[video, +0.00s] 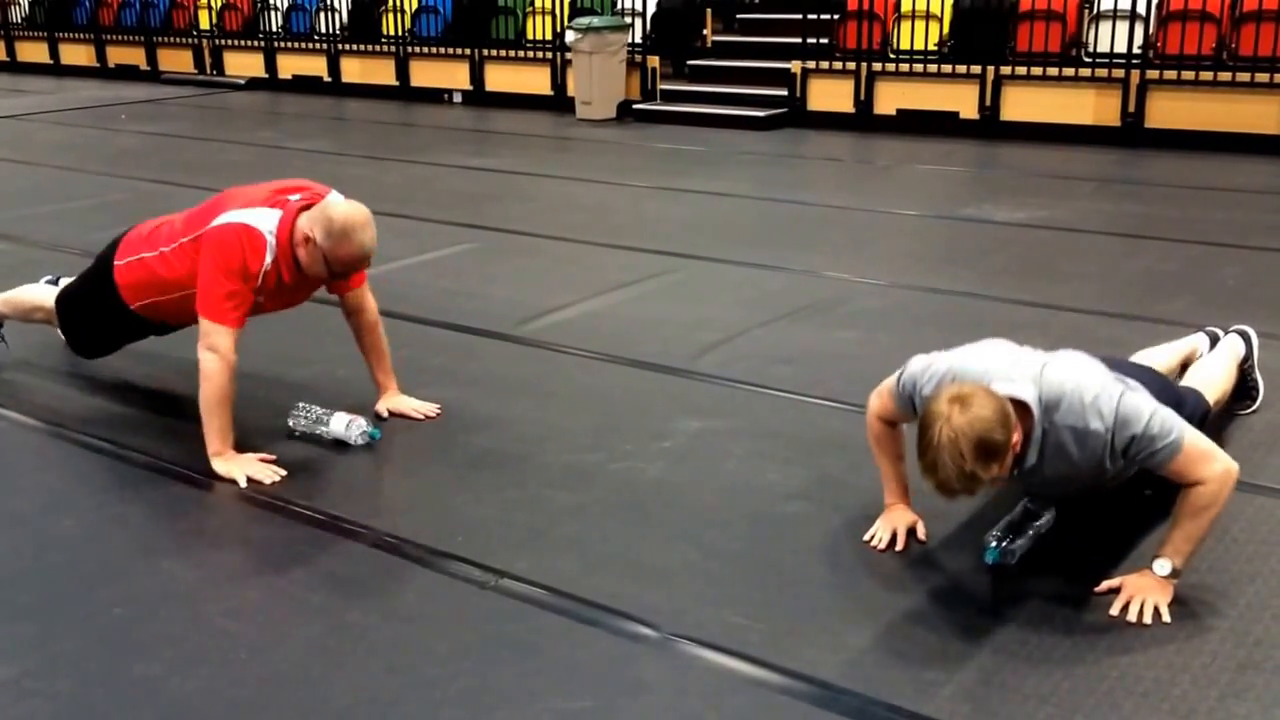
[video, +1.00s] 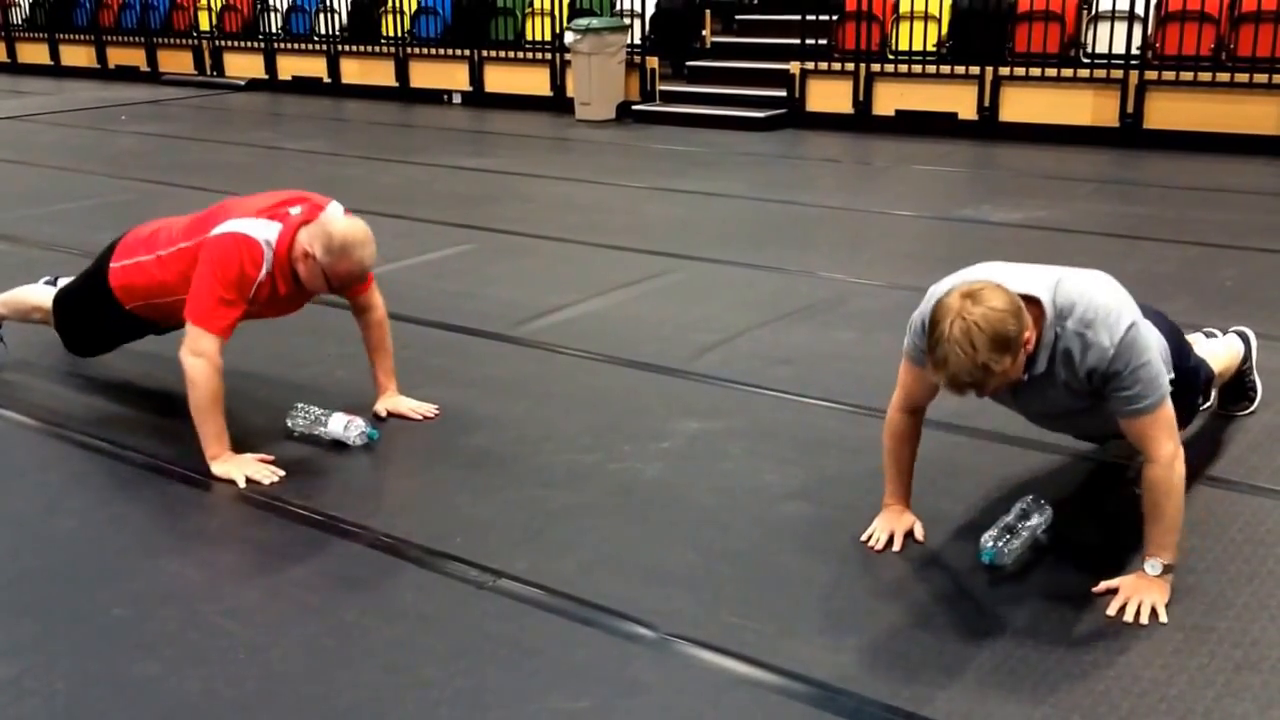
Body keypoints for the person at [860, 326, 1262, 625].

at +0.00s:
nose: (988, 488)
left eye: (991, 478)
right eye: (969, 485)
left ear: (1013, 438)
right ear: (935, 431)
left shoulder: (1105, 413)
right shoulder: (939, 376)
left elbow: (1217, 473)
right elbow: (880, 409)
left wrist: (1162, 572)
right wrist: (896, 502)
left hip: (1142, 405)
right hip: (1088, 379)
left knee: (1194, 398)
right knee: (1135, 373)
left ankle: (1235, 346)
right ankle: (1199, 340)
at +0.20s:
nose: (991, 407)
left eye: (998, 394)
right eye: (977, 401)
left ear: (1027, 345)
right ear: (948, 351)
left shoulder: (1115, 340)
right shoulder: (938, 315)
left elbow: (1173, 457)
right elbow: (905, 407)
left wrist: (1158, 570)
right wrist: (896, 503)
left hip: (1145, 375)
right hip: (1057, 400)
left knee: (1197, 381)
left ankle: (1237, 350)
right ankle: (1206, 347)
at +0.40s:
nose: (971, 435)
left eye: (982, 424)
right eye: (958, 428)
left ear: (1017, 382)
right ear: (937, 377)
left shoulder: (1111, 369)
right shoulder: (928, 344)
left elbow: (1196, 462)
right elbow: (892, 410)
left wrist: (1159, 571)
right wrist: (895, 503)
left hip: (1146, 367)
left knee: (1200, 382)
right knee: (1166, 359)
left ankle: (1240, 345)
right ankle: (1199, 343)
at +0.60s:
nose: (968, 516)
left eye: (974, 506)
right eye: (955, 510)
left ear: (1006, 463)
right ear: (928, 436)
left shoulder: (1093, 429)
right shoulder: (943, 389)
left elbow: (1216, 474)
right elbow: (878, 408)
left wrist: (1159, 572)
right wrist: (893, 502)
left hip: (1131, 412)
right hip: (1062, 387)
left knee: (1192, 400)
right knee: (1127, 384)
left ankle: (1233, 346)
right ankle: (1197, 341)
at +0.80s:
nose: (990, 463)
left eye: (992, 452)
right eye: (974, 459)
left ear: (1014, 412)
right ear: (941, 417)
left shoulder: (1104, 394)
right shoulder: (930, 361)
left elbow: (1208, 469)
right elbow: (883, 410)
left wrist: (1158, 571)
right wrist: (894, 504)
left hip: (1136, 388)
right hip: (1084, 365)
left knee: (1195, 390)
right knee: (1139, 363)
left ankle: (1234, 345)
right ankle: (1198, 340)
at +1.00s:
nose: (984, 395)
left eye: (994, 383)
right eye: (970, 386)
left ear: (1026, 340)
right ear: (946, 349)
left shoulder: (1115, 338)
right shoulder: (939, 317)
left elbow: (1164, 455)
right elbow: (906, 408)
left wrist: (1155, 569)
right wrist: (895, 504)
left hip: (1145, 376)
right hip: (1059, 399)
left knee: (1195, 379)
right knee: (1114, 425)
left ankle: (1234, 349)